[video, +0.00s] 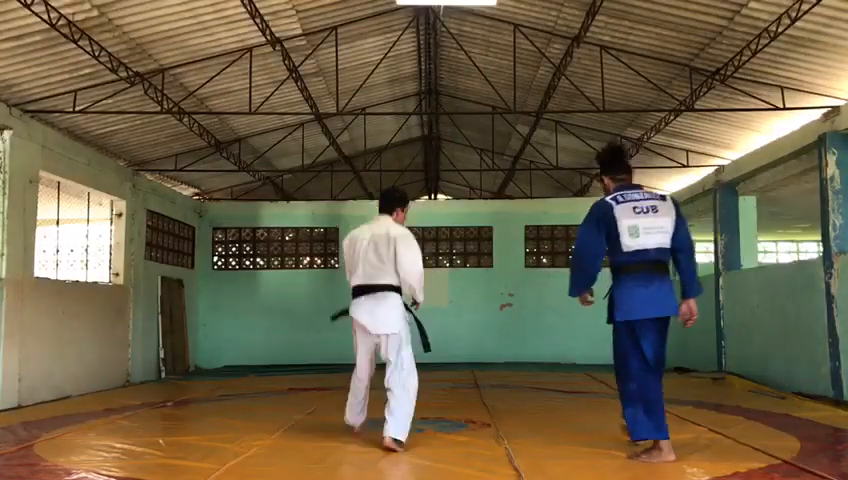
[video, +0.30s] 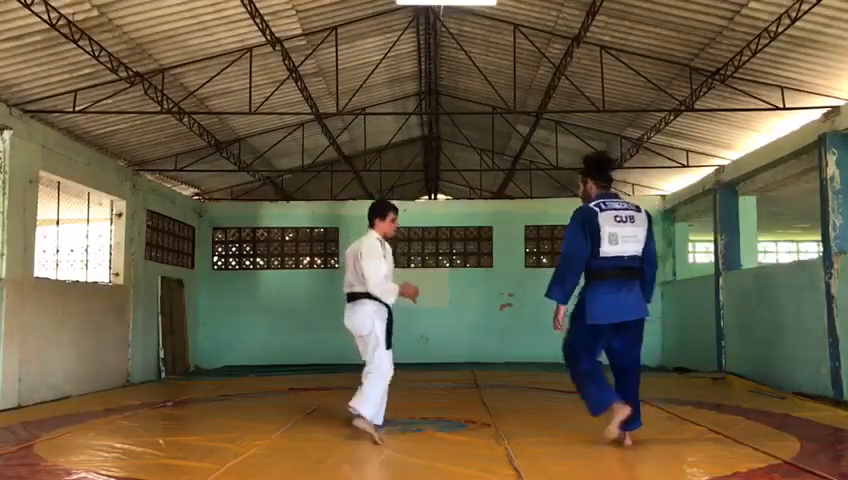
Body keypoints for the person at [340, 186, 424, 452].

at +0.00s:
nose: (406, 216)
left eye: (406, 212)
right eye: (406, 212)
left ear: (379, 210)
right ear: (399, 211)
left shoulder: (354, 236)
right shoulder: (400, 234)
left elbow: (350, 271)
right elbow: (411, 273)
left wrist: (361, 290)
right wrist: (416, 297)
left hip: (360, 304)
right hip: (389, 304)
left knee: (362, 365)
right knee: (401, 369)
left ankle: (354, 418)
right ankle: (394, 433)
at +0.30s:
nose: (395, 226)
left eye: (396, 221)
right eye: (392, 220)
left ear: (375, 222)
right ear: (379, 221)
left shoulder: (357, 245)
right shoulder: (372, 245)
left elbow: (366, 283)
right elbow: (376, 284)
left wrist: (396, 288)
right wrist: (401, 290)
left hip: (354, 307)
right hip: (370, 307)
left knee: (375, 363)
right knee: (382, 365)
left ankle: (367, 412)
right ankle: (364, 416)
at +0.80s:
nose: (372, 223)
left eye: (372, 218)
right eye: (368, 219)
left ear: (362, 222)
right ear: (356, 222)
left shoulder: (370, 247)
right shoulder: (346, 247)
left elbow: (368, 276)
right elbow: (345, 280)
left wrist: (380, 280)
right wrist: (372, 281)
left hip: (359, 303)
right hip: (346, 304)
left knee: (349, 350)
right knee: (358, 354)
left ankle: (335, 388)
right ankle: (342, 408)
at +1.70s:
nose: (384, 241)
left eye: (385, 237)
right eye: (381, 237)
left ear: (379, 238)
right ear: (369, 236)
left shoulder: (378, 261)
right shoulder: (353, 258)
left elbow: (390, 291)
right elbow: (358, 291)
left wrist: (417, 293)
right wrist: (382, 276)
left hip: (369, 312)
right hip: (357, 311)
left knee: (366, 357)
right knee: (376, 354)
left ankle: (337, 389)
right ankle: (374, 407)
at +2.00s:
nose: (383, 244)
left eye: (384, 240)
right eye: (379, 240)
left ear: (381, 243)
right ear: (367, 244)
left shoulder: (385, 261)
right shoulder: (361, 267)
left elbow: (406, 270)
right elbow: (376, 292)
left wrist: (418, 265)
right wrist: (404, 295)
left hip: (379, 316)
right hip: (365, 317)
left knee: (387, 355)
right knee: (387, 355)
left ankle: (368, 386)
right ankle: (377, 407)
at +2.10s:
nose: (381, 244)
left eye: (381, 240)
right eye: (377, 241)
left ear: (374, 243)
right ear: (366, 244)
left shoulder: (372, 258)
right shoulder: (368, 261)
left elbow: (388, 257)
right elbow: (399, 263)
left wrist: (401, 252)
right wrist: (420, 261)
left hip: (377, 315)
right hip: (370, 317)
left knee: (398, 355)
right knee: (390, 357)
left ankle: (394, 394)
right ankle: (377, 405)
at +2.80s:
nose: (376, 241)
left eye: (376, 238)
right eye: (372, 238)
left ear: (373, 241)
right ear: (360, 241)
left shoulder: (372, 265)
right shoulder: (355, 262)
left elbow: (389, 283)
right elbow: (371, 278)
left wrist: (401, 269)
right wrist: (393, 272)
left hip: (374, 315)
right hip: (361, 315)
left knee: (389, 354)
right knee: (380, 359)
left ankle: (391, 393)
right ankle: (350, 398)